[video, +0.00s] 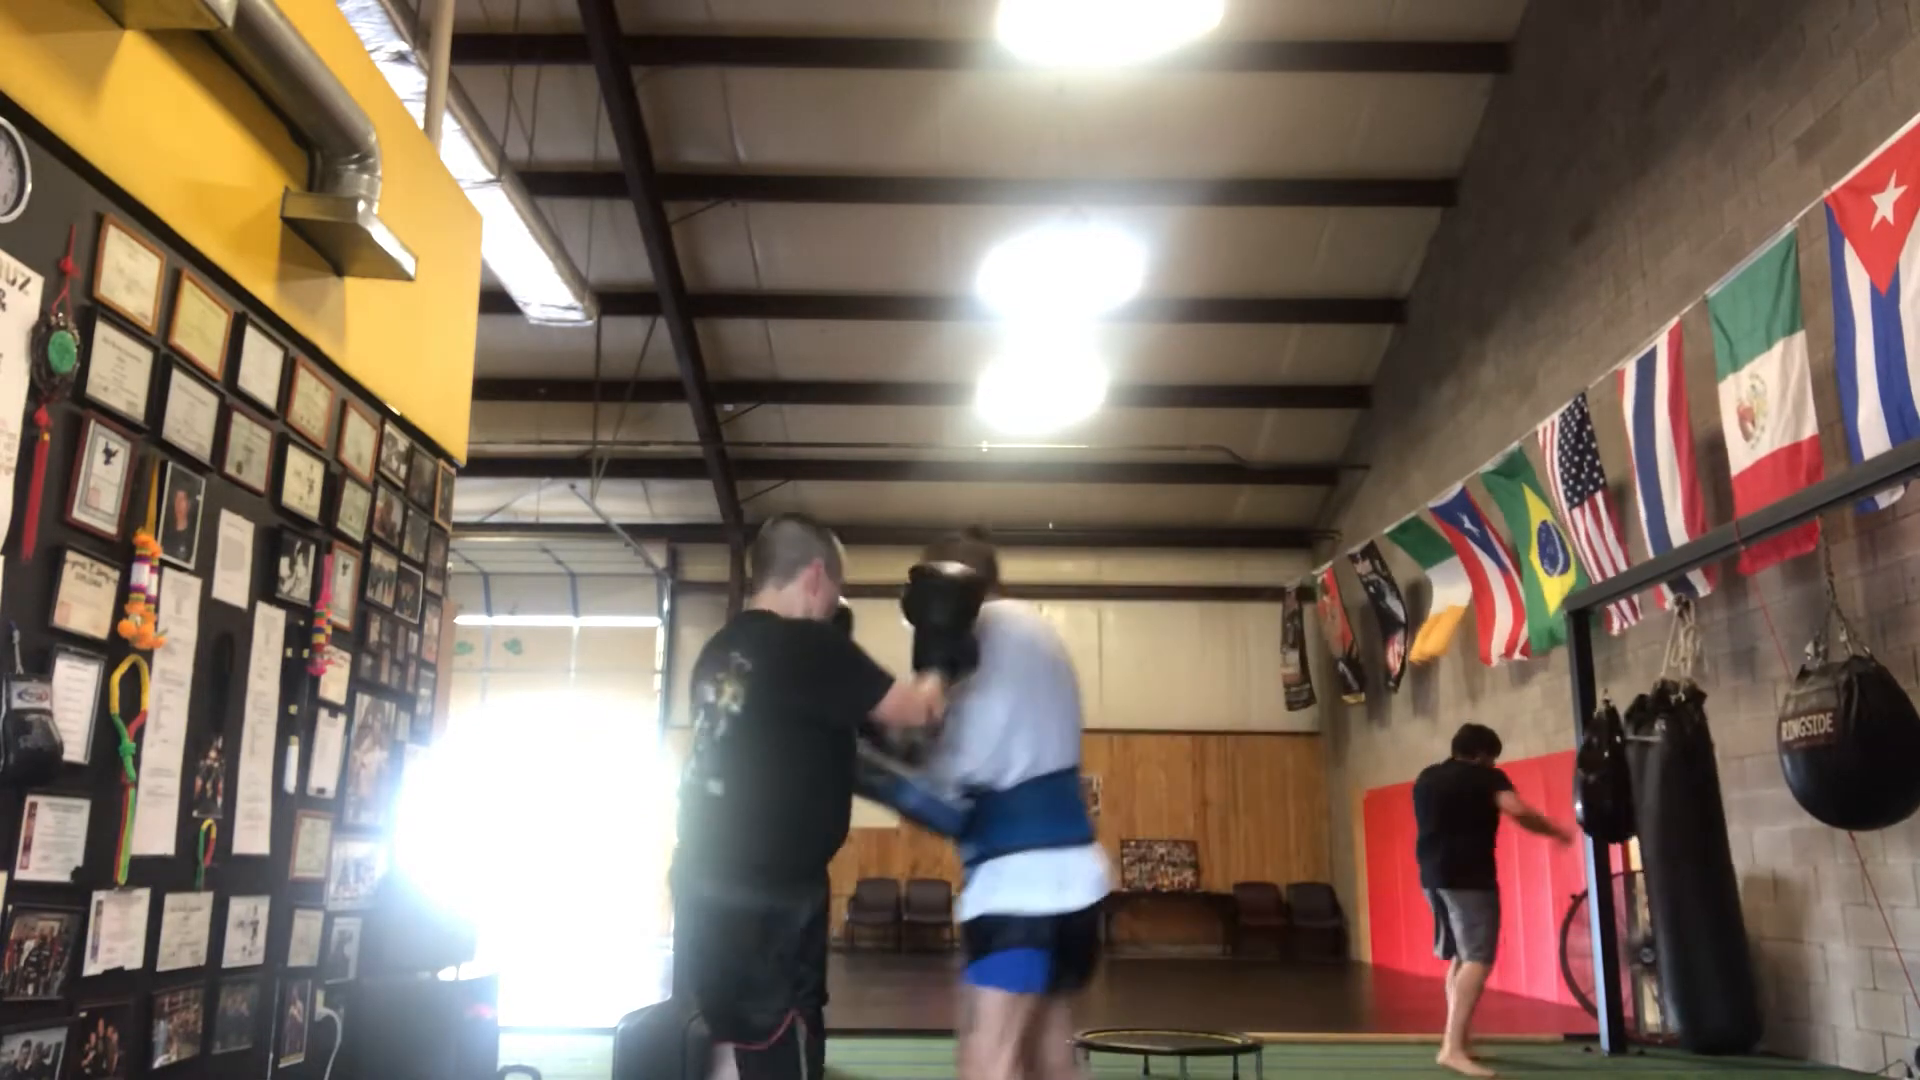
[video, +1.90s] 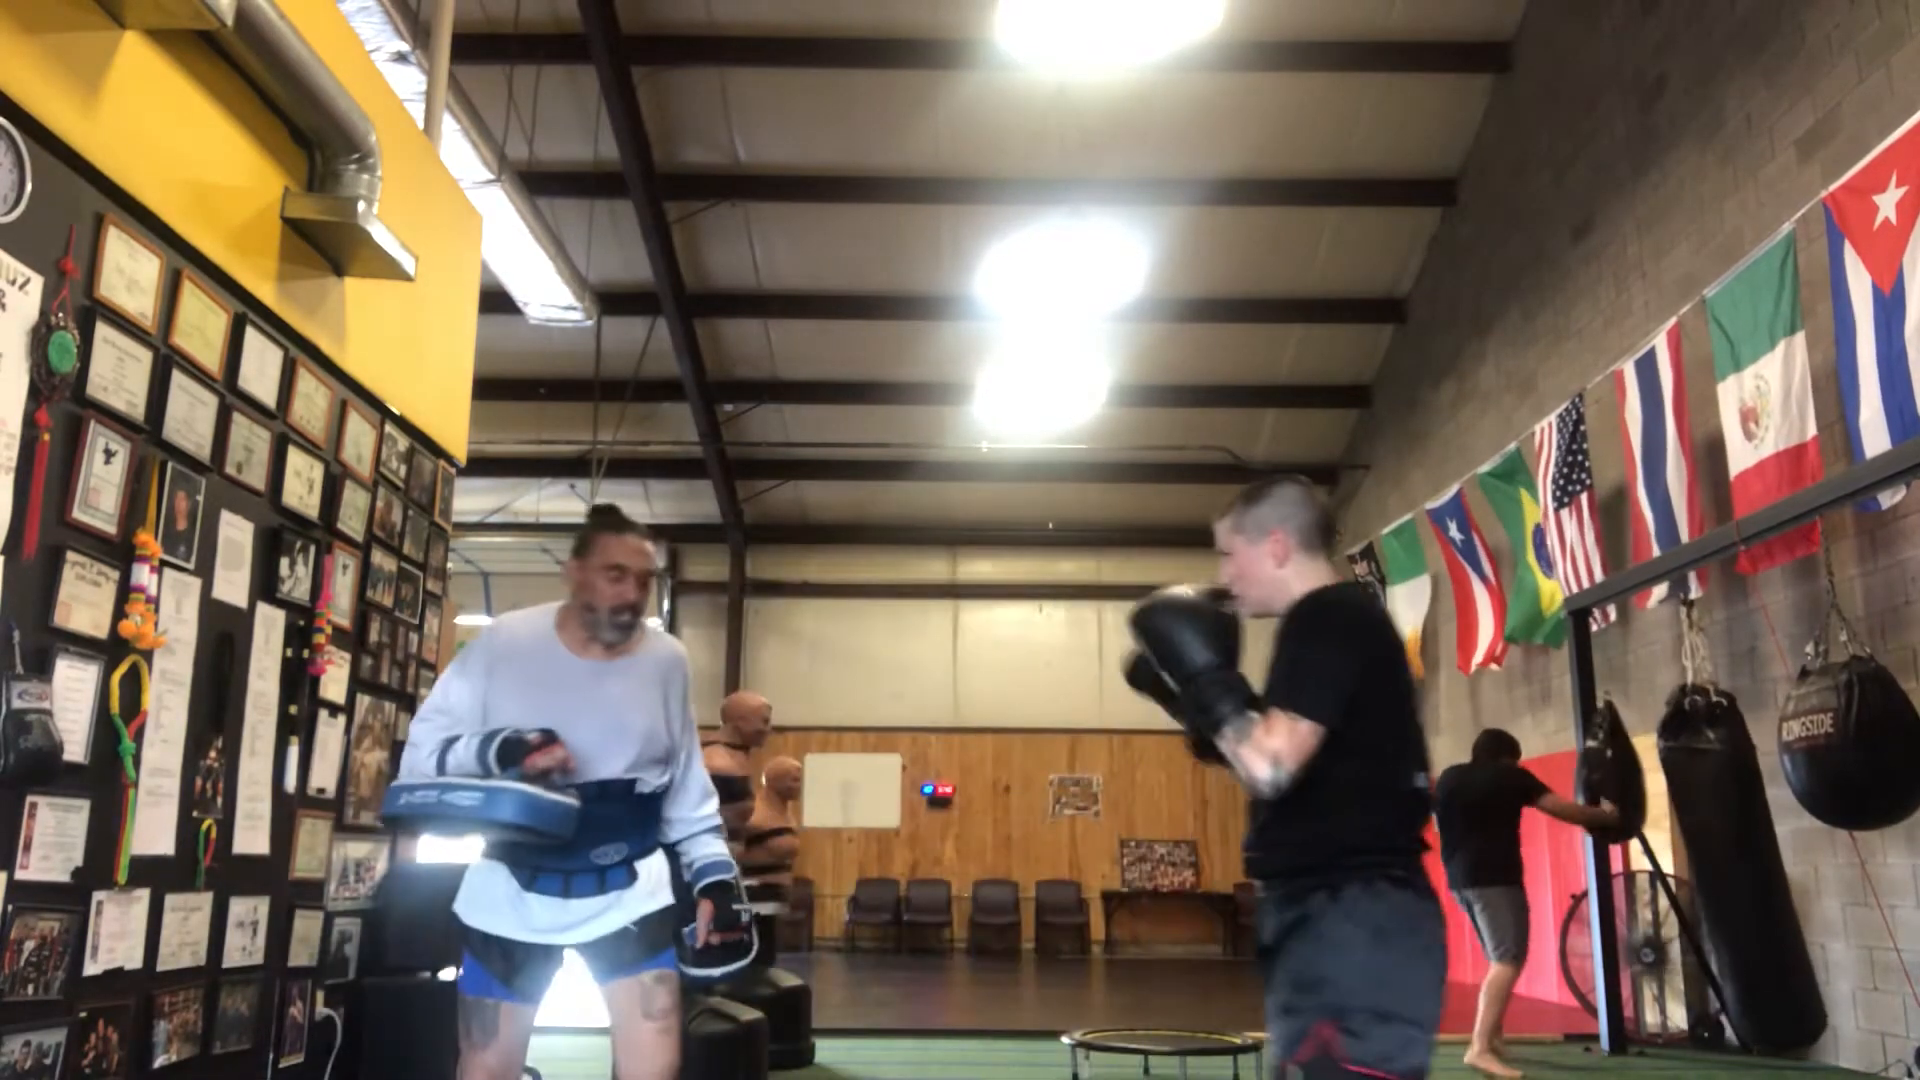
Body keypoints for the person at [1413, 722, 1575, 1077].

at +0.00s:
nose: (1492, 764)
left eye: (1493, 759)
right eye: (1492, 759)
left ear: (1455, 751)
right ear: (1483, 755)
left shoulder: (1427, 777)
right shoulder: (1489, 776)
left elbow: (1431, 825)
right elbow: (1519, 813)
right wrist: (1556, 831)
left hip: (1433, 879)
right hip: (1470, 877)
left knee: (1459, 957)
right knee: (1477, 958)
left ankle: (1456, 1040)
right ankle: (1452, 1049)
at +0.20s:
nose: (1492, 761)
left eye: (1493, 756)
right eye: (1492, 756)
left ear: (1457, 746)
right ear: (1483, 752)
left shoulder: (1426, 776)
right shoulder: (1485, 773)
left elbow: (1408, 824)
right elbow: (1532, 805)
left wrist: (1443, 815)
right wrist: (1561, 796)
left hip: (1437, 881)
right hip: (1463, 883)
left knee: (1467, 960)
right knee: (1470, 962)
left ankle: (1461, 1040)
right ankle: (1448, 1055)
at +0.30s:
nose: (1492, 761)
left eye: (1494, 757)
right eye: (1492, 756)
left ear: (1459, 746)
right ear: (1482, 750)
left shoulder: (1438, 773)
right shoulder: (1472, 773)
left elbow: (1414, 816)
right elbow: (1512, 804)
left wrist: (1450, 811)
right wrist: (1512, 785)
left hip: (1444, 881)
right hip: (1457, 882)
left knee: (1476, 960)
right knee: (1465, 964)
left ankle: (1463, 1034)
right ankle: (1447, 1055)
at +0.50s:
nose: (1489, 762)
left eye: (1491, 756)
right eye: (1488, 754)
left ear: (1465, 745)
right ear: (1474, 748)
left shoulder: (1463, 777)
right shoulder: (1442, 770)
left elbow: (1490, 808)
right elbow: (1473, 810)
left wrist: (1531, 805)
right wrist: (1496, 791)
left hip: (1467, 881)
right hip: (1444, 883)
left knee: (1471, 961)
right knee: (1460, 963)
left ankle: (1460, 1040)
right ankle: (1446, 1054)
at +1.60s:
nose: (1506, 763)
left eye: (1508, 758)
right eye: (1506, 757)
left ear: (1473, 748)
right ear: (1495, 752)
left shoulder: (1453, 776)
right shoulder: (1485, 772)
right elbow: (1515, 817)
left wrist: (1516, 799)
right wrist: (1530, 800)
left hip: (1462, 880)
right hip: (1486, 878)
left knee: (1488, 960)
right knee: (1505, 954)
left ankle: (1485, 1043)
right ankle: (1483, 1044)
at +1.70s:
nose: (1510, 762)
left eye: (1511, 757)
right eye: (1510, 757)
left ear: (1475, 748)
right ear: (1501, 752)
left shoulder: (1450, 775)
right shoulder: (1495, 768)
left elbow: (1468, 821)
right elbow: (1520, 807)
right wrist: (1547, 820)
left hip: (1459, 879)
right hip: (1491, 877)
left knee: (1486, 961)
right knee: (1511, 956)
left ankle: (1486, 1041)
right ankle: (1484, 1043)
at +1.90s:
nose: (1515, 765)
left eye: (1514, 761)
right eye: (1514, 760)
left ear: (1477, 754)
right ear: (1510, 757)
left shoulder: (1449, 777)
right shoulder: (1512, 775)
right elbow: (1559, 808)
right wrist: (1602, 814)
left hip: (1460, 880)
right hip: (1495, 878)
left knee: (1499, 960)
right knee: (1507, 960)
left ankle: (1490, 1040)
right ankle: (1479, 1049)